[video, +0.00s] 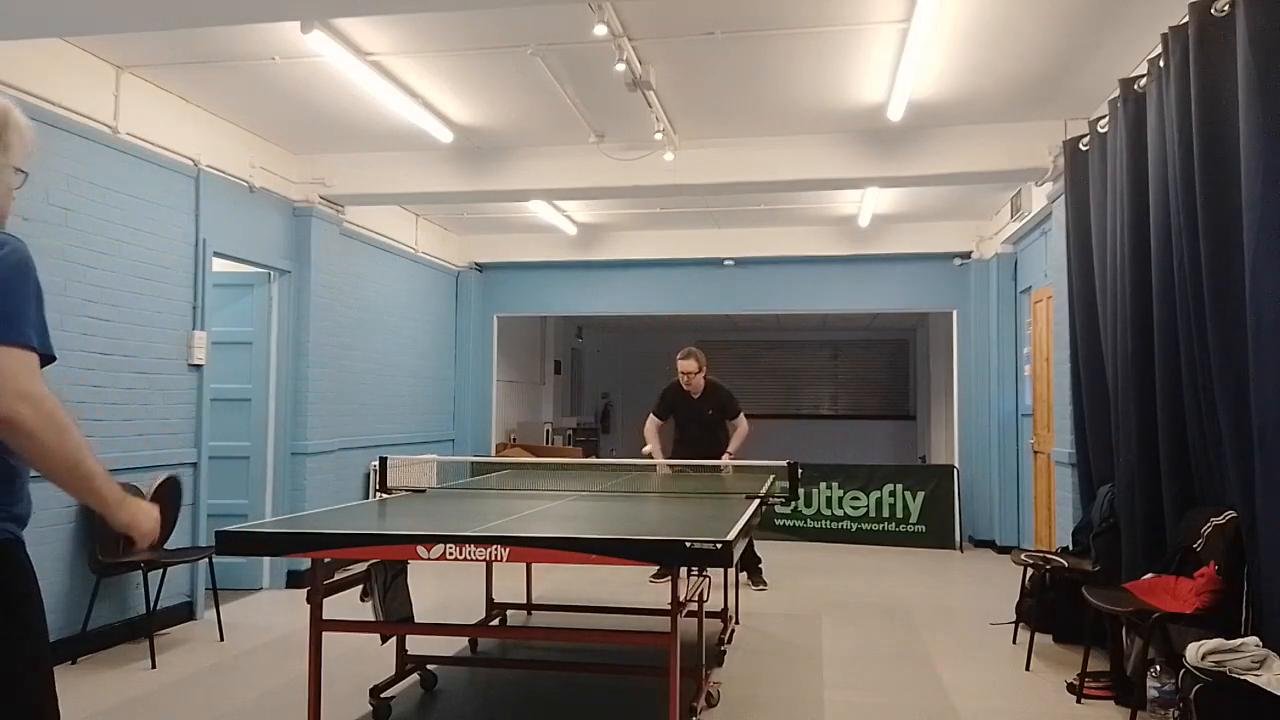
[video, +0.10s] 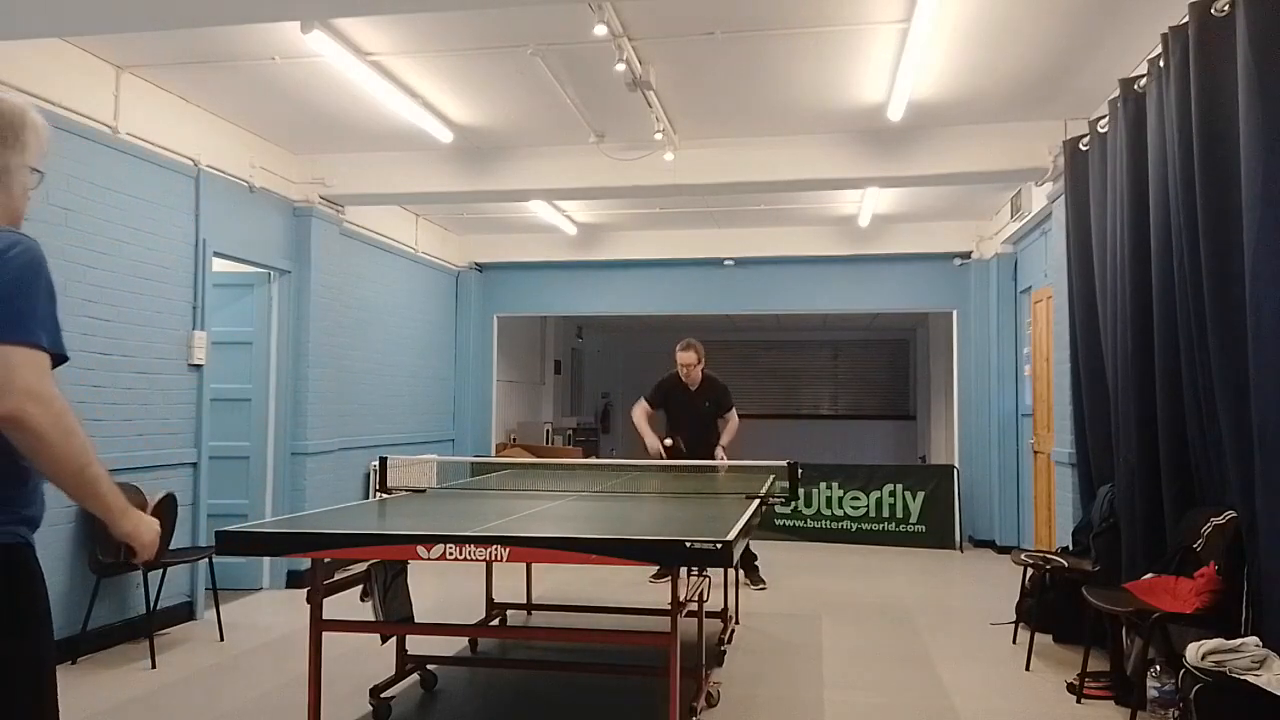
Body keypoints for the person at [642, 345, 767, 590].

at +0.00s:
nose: (686, 379)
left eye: (691, 373)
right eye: (682, 373)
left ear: (703, 370)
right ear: (677, 372)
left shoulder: (719, 393)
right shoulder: (672, 393)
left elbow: (742, 427)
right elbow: (650, 427)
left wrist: (729, 454)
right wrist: (660, 461)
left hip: (716, 468)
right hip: (681, 468)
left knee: (733, 515)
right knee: (669, 512)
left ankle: (753, 568)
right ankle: (669, 562)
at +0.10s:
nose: (685, 371)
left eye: (690, 366)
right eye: (680, 366)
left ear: (702, 363)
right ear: (675, 363)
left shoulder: (716, 387)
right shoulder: (668, 384)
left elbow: (732, 420)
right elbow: (638, 411)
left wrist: (721, 445)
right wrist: (649, 437)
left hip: (708, 464)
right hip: (675, 464)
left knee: (725, 512)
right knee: (668, 511)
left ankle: (750, 567)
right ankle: (669, 561)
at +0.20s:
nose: (686, 354)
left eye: (691, 349)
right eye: (682, 349)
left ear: (703, 348)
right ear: (677, 347)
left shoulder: (714, 377)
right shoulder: (667, 370)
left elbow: (728, 409)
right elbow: (631, 379)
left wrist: (719, 434)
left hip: (704, 456)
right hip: (670, 454)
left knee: (722, 506)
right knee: (667, 508)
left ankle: (741, 563)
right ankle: (669, 560)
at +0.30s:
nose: (691, 339)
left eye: (697, 335)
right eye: (687, 334)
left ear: (705, 337)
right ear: (680, 336)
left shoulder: (714, 370)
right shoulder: (665, 359)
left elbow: (726, 402)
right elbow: (641, 360)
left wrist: (720, 427)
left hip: (702, 450)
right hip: (669, 448)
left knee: (712, 505)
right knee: (666, 506)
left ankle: (729, 559)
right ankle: (668, 560)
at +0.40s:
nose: (695, 334)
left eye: (700, 330)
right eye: (691, 329)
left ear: (709, 334)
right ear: (683, 332)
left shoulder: (716, 370)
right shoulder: (666, 356)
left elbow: (727, 402)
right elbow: (644, 350)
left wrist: (723, 427)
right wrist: (634, 345)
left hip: (702, 447)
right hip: (669, 446)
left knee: (707, 504)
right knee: (667, 504)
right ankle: (668, 561)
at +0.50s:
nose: (698, 334)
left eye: (703, 331)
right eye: (694, 330)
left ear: (712, 336)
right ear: (687, 334)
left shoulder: (720, 371)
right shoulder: (670, 359)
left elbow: (733, 404)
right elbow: (641, 353)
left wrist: (729, 428)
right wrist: (638, 343)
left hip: (705, 450)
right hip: (672, 448)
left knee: (712, 506)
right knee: (668, 506)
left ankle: (727, 560)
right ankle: (668, 560)